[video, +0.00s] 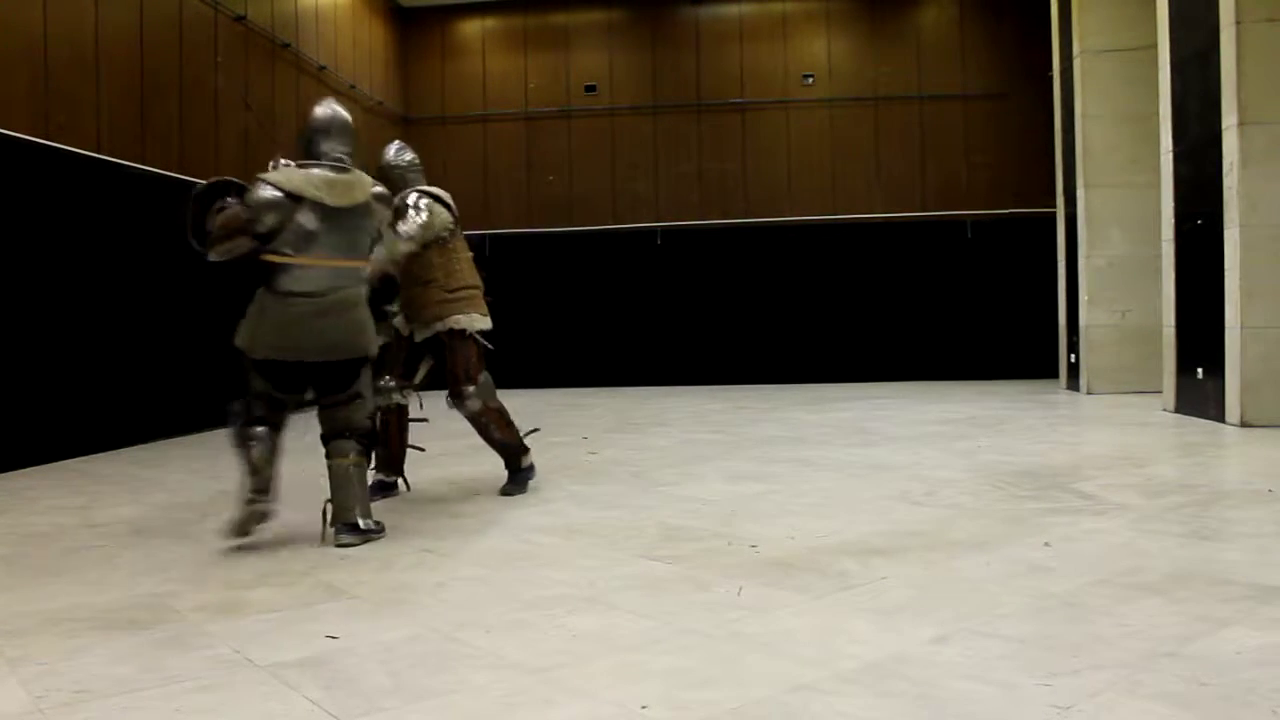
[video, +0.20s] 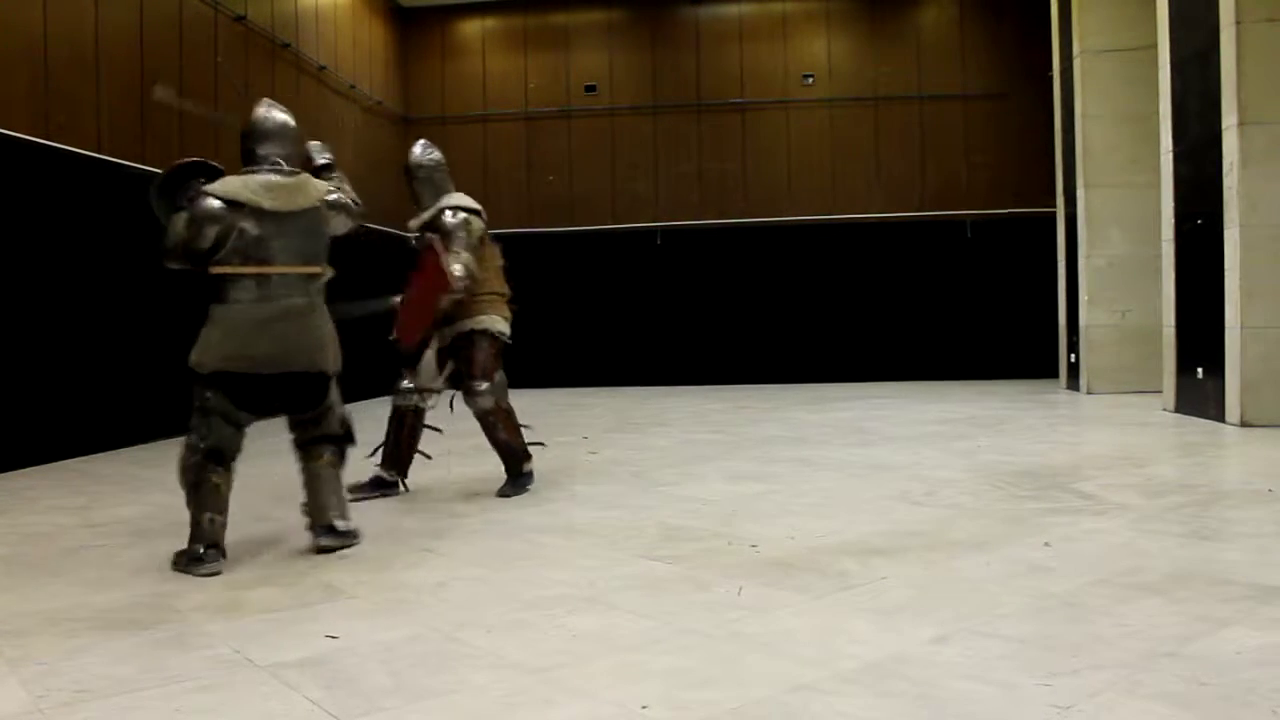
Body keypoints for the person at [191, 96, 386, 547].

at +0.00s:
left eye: (321, 136)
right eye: (339, 138)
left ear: (307, 139)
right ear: (350, 140)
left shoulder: (278, 189)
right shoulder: (373, 197)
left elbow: (231, 236)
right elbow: (382, 240)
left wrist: (223, 215)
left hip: (283, 319)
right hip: (346, 319)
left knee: (261, 406)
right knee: (346, 420)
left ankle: (259, 493)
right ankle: (350, 519)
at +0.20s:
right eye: (290, 144)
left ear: (247, 148)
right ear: (294, 149)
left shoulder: (218, 200)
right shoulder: (317, 201)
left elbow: (182, 246)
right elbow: (350, 211)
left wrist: (190, 204)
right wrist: (327, 168)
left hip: (236, 341)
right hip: (305, 342)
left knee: (213, 439)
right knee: (320, 426)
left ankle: (206, 545)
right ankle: (329, 524)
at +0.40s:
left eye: (236, 124)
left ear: (232, 128)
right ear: (282, 125)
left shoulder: (207, 185)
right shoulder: (312, 183)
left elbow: (162, 234)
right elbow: (359, 210)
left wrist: (159, 192)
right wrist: (370, 176)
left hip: (220, 331)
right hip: (290, 333)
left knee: (205, 434)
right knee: (294, 426)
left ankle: (204, 546)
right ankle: (302, 532)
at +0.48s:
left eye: (239, 115)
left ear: (235, 118)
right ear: (287, 117)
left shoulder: (208, 176)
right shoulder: (319, 178)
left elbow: (156, 237)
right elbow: (370, 245)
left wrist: (165, 187)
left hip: (222, 327)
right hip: (295, 328)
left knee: (211, 432)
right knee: (302, 424)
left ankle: (204, 543)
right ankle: (312, 528)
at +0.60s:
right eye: (278, 112)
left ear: (237, 117)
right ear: (288, 116)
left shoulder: (204, 175)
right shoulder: (317, 180)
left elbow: (151, 245)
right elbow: (352, 251)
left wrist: (171, 212)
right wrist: (369, 304)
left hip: (221, 327)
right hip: (293, 328)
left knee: (213, 431)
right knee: (308, 423)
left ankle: (198, 545)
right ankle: (317, 530)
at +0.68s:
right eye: (285, 118)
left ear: (242, 121)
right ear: (293, 121)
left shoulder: (204, 179)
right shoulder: (316, 186)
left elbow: (157, 255)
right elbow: (356, 268)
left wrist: (201, 280)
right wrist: (370, 336)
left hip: (223, 330)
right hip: (294, 332)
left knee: (222, 440)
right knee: (324, 423)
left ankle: (209, 551)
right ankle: (330, 529)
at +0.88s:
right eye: (334, 123)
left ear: (289, 126)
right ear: (337, 125)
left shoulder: (250, 183)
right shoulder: (353, 186)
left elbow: (223, 267)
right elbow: (392, 255)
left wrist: (262, 293)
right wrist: (406, 322)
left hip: (262, 329)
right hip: (334, 330)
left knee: (262, 435)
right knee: (369, 426)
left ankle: (254, 547)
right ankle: (372, 528)